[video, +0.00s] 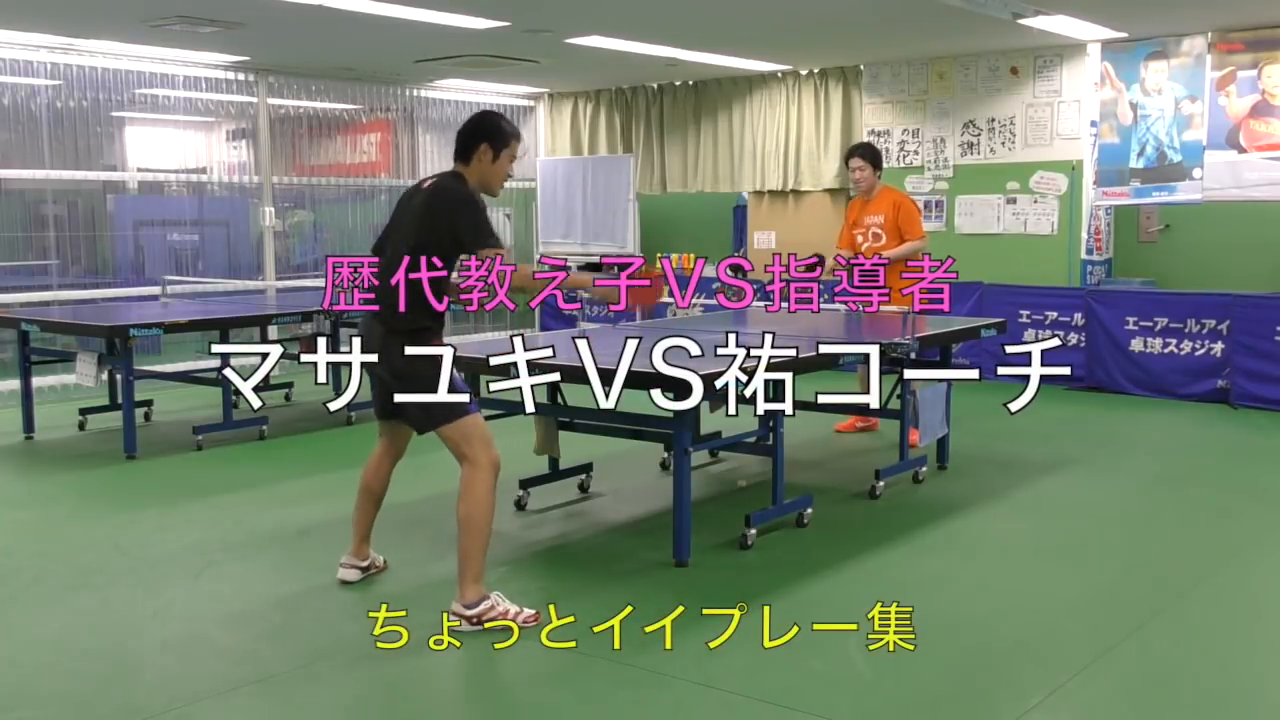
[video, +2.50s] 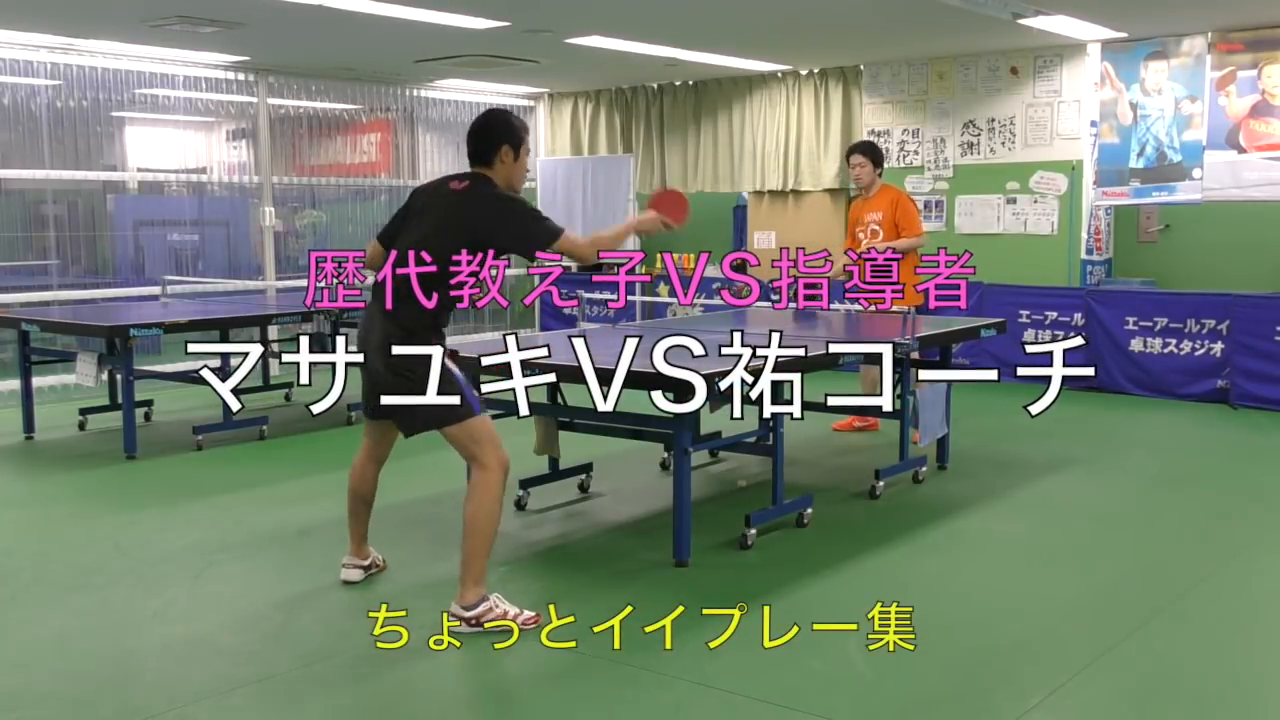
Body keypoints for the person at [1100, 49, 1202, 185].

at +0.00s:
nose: (1159, 77)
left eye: (1163, 71)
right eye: (1155, 71)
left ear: (1168, 73)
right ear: (1144, 72)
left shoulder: (1174, 89)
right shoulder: (1135, 91)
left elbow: (1199, 105)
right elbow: (1125, 120)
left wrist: (1191, 107)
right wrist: (1122, 94)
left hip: (1171, 161)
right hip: (1142, 163)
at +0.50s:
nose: (1159, 77)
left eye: (1163, 71)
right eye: (1155, 71)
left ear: (1168, 73)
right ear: (1144, 72)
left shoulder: (1173, 89)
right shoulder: (1135, 91)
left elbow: (1199, 106)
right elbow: (1125, 121)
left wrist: (1191, 107)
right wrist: (1121, 94)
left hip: (1171, 161)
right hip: (1142, 163)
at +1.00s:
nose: (1159, 77)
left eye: (1163, 71)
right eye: (1155, 71)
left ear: (1168, 73)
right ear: (1144, 72)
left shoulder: (1173, 89)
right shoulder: (1135, 91)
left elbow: (1199, 106)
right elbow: (1125, 121)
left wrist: (1191, 107)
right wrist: (1121, 94)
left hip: (1171, 161)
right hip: (1141, 163)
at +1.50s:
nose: (1159, 76)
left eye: (1163, 71)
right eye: (1155, 71)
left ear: (1168, 73)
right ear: (1144, 72)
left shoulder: (1173, 89)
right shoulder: (1135, 91)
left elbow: (1199, 105)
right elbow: (1125, 120)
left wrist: (1191, 107)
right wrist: (1121, 94)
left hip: (1171, 161)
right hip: (1141, 163)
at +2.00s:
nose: (1159, 76)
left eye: (1163, 71)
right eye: (1155, 71)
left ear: (1168, 72)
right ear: (1144, 72)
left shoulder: (1174, 89)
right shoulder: (1135, 91)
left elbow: (1199, 105)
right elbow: (1125, 120)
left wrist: (1191, 107)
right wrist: (1121, 94)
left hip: (1171, 161)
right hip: (1141, 163)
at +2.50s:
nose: (1159, 76)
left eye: (1163, 71)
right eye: (1155, 71)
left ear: (1168, 73)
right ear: (1144, 72)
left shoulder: (1174, 89)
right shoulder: (1135, 91)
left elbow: (1199, 106)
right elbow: (1125, 121)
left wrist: (1191, 107)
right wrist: (1121, 94)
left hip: (1171, 161)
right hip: (1141, 163)